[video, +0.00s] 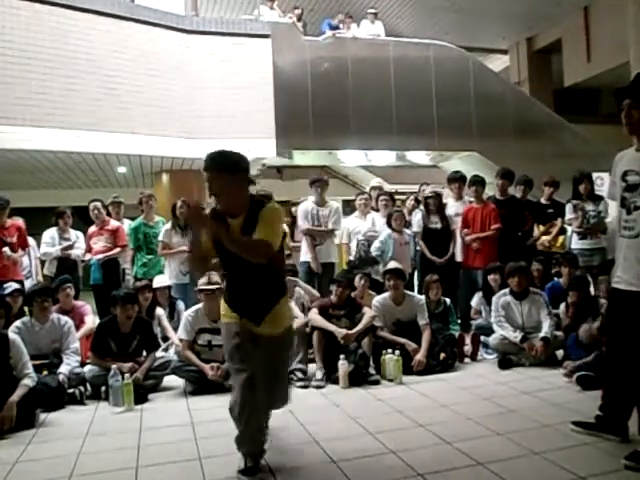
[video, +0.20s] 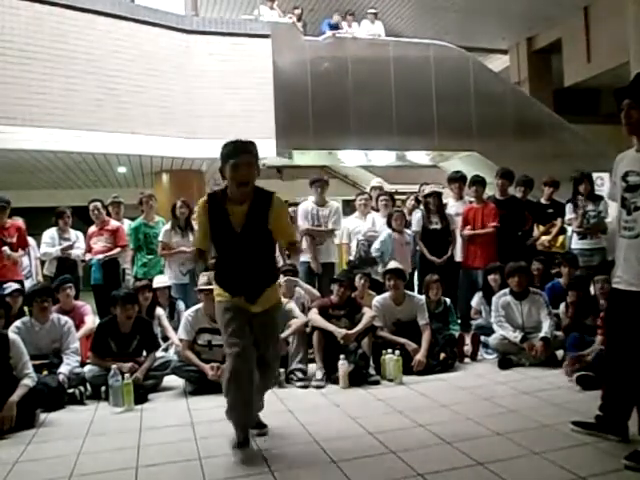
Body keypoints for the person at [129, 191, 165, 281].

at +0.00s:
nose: (150, 204)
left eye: (151, 200)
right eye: (146, 202)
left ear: (156, 203)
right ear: (141, 206)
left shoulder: (162, 222)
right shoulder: (135, 226)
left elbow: (166, 244)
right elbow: (132, 249)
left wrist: (168, 266)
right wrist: (129, 269)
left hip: (160, 268)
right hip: (142, 269)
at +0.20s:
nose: (150, 204)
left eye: (152, 201)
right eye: (146, 202)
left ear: (156, 203)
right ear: (141, 206)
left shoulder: (162, 222)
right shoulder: (136, 226)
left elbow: (165, 245)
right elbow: (132, 249)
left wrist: (168, 267)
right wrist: (129, 269)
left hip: (159, 268)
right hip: (142, 269)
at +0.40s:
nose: (150, 205)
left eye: (152, 202)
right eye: (146, 203)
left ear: (156, 205)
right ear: (141, 206)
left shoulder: (162, 223)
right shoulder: (136, 226)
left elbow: (166, 245)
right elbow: (132, 249)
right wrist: (129, 269)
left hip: (160, 269)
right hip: (142, 270)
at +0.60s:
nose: (151, 205)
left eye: (152, 201)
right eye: (147, 202)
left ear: (156, 203)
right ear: (141, 206)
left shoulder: (162, 223)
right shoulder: (135, 226)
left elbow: (165, 246)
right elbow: (132, 249)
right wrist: (129, 270)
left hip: (160, 269)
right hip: (142, 271)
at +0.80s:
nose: (151, 208)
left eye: (153, 205)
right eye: (148, 205)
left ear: (156, 207)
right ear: (143, 208)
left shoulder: (162, 223)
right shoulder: (136, 226)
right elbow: (132, 249)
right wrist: (130, 269)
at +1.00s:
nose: (150, 205)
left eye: (152, 202)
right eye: (147, 203)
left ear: (155, 204)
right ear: (141, 206)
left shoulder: (161, 223)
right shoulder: (135, 226)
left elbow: (164, 245)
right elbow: (131, 249)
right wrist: (129, 269)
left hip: (159, 268)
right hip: (142, 269)